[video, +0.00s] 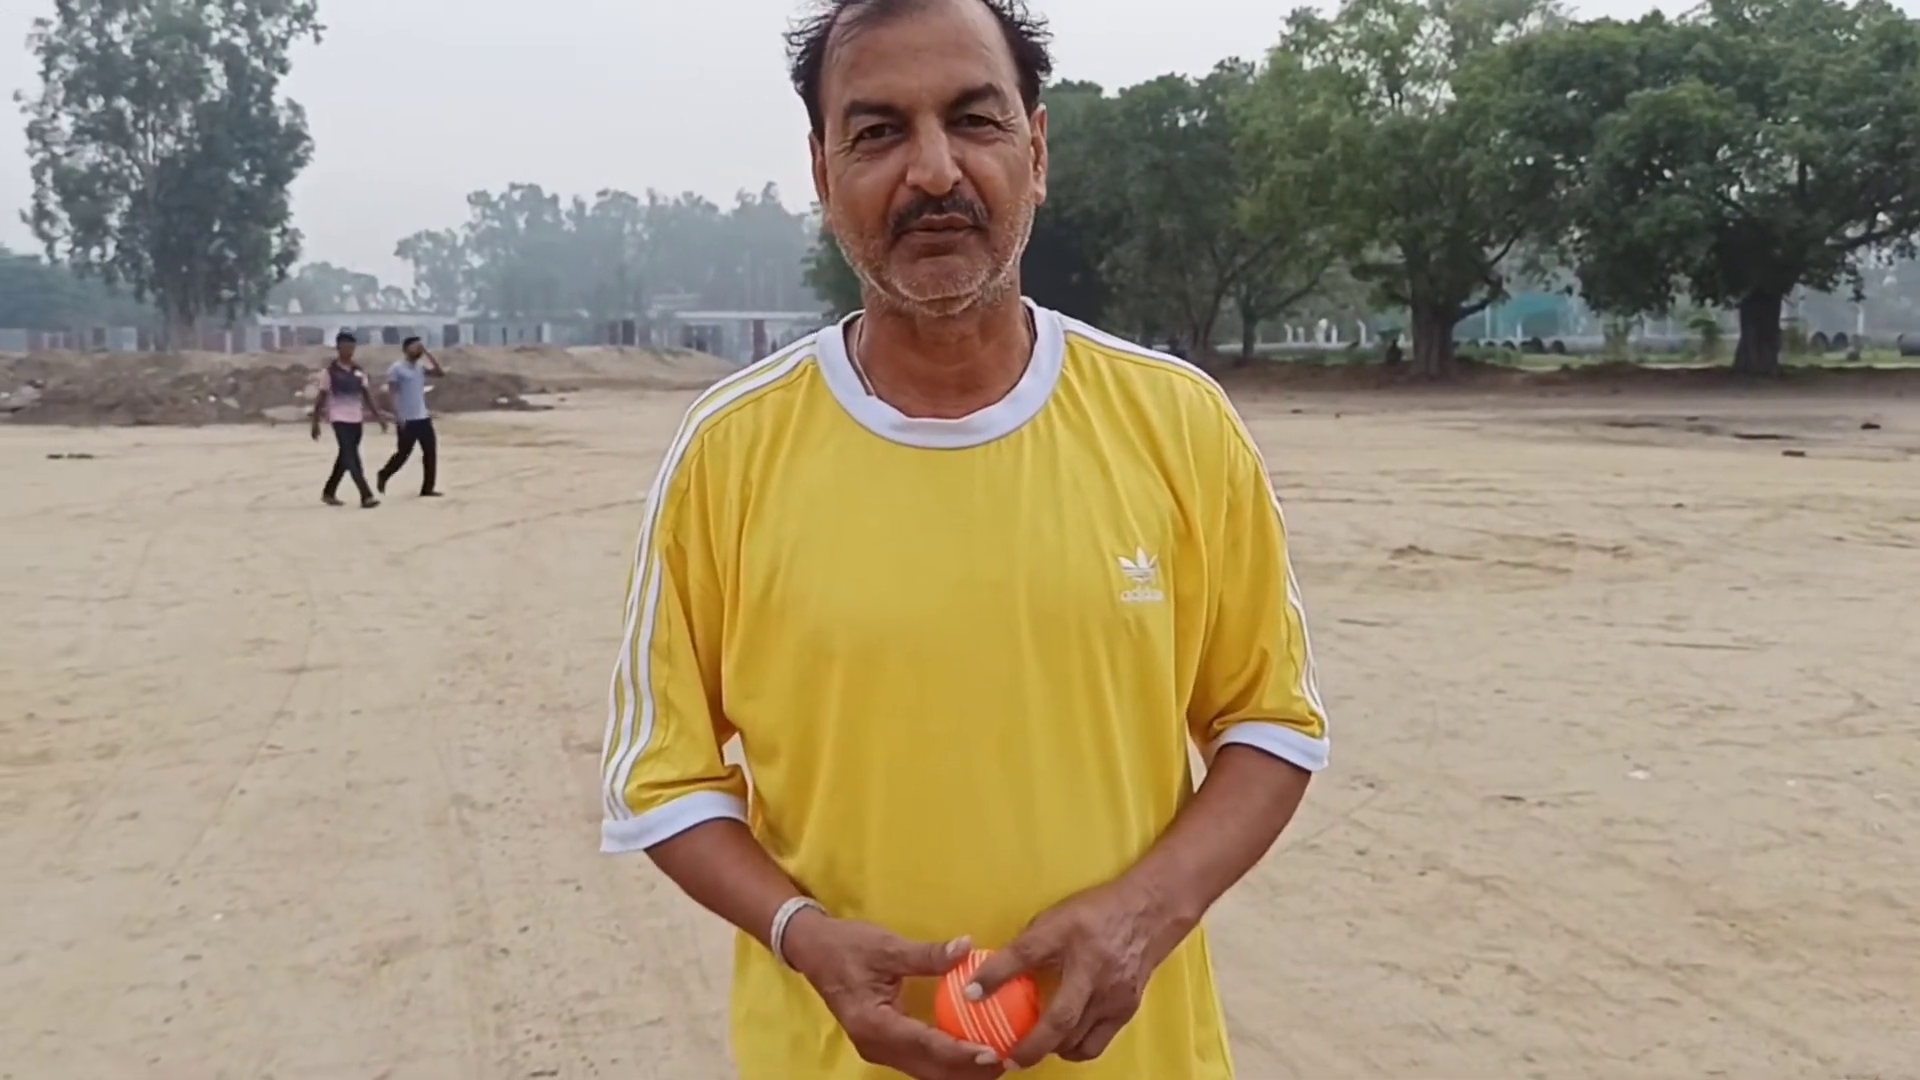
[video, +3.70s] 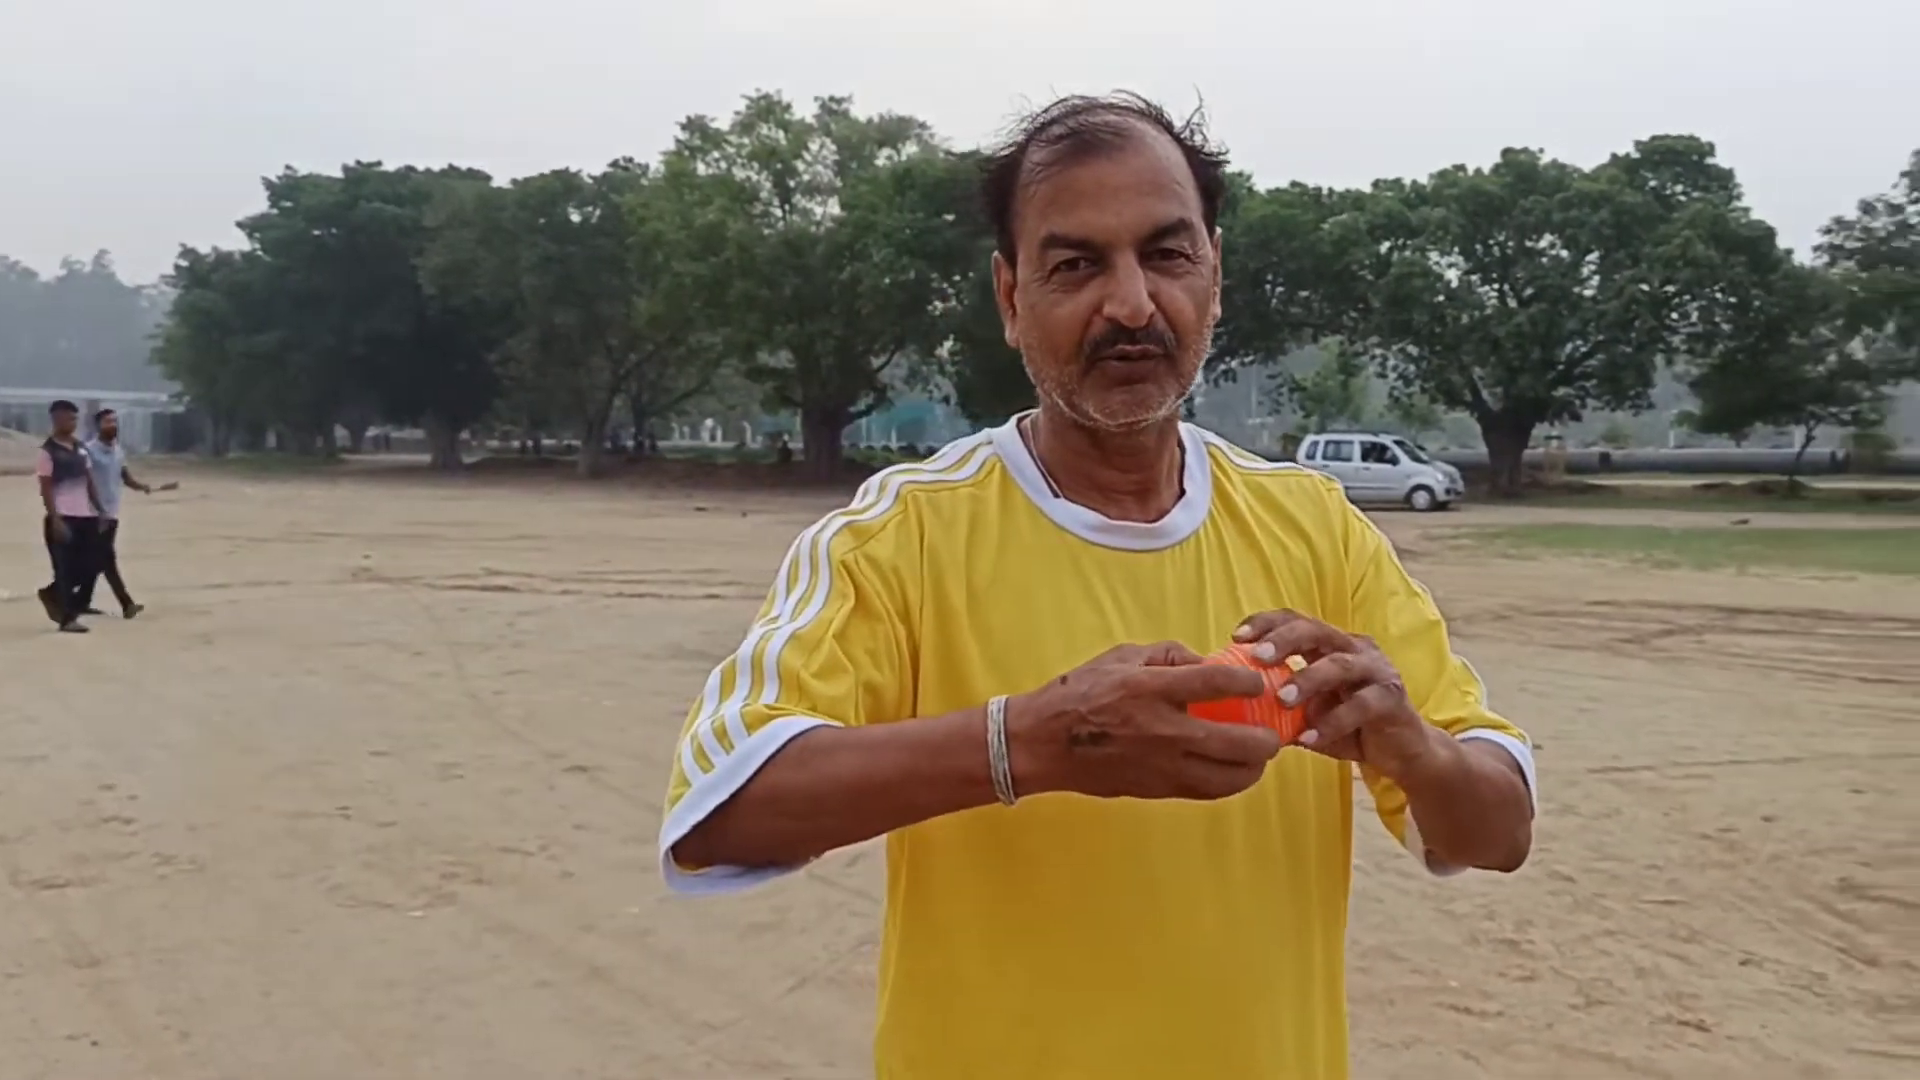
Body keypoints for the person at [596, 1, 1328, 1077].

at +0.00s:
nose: (935, 170)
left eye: (976, 120)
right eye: (879, 132)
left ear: (1037, 157)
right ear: (822, 181)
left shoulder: (1180, 423)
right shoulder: (729, 447)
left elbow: (1276, 723)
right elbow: (658, 773)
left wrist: (1145, 909)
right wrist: (802, 933)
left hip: (1140, 1048)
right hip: (831, 1053)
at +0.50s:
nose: (1075, 191)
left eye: (1113, 140)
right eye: (1020, 153)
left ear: (1165, 164)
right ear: (954, 195)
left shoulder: (1302, 422)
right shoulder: (862, 454)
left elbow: (1392, 712)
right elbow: (789, 774)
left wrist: (1301, 893)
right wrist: (962, 924)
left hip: (1272, 1049)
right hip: (976, 1054)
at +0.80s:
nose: (1191, 259)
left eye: (1230, 203)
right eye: (1135, 214)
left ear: (1273, 182)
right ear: (1060, 203)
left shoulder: (1395, 423)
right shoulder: (964, 449)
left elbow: (1495, 703)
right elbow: (884, 778)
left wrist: (1444, 821)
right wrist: (1058, 853)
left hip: (1362, 1050)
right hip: (1074, 1052)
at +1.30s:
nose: (1301, 216)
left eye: (1340, 165)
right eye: (1247, 172)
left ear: (1382, 171)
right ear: (1175, 186)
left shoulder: (1489, 417)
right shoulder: (1069, 433)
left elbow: (1613, 696)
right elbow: (936, 735)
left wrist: (1561, 739)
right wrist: (1175, 734)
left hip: (1439, 1034)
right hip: (1159, 1042)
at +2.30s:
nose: (1348, 259)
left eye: (1387, 210)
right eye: (1294, 217)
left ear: (1435, 231)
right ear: (1221, 248)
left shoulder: (1540, 494)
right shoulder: (1094, 489)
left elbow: (1708, 827)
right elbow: (902, 740)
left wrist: (1619, 732)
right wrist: (1192, 725)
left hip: (1469, 1053)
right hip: (1159, 1053)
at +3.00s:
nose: (1201, 291)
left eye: (1240, 242)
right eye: (1144, 255)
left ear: (1299, 276)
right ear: (1085, 304)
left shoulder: (1417, 543)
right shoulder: (970, 554)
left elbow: (1620, 865)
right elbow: (764, 829)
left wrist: (1461, 755)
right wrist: (1062, 788)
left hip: (1364, 1052)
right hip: (1054, 1052)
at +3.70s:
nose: (1132, 305)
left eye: (1165, 254)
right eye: (1075, 265)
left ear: (1215, 277)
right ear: (1010, 303)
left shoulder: (1317, 530)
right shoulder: (900, 537)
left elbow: (1500, 834)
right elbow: (720, 808)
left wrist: (1415, 752)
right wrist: (1029, 743)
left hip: (1275, 1057)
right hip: (979, 1058)